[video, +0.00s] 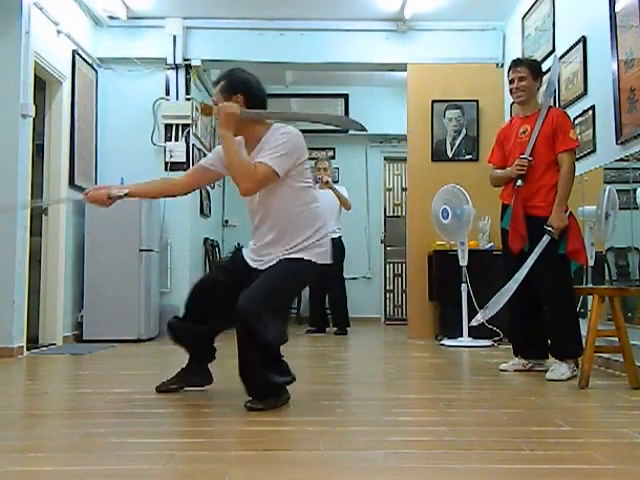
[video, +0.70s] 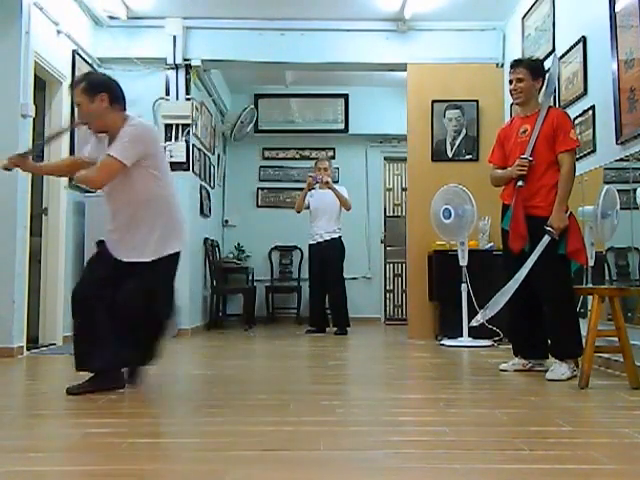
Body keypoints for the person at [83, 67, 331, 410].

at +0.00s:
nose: (214, 110)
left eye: (217, 102)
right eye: (213, 104)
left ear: (239, 101)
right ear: (239, 104)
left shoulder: (287, 138)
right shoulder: (235, 149)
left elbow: (248, 184)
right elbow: (181, 184)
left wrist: (226, 133)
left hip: (303, 251)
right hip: (260, 250)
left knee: (252, 305)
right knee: (206, 294)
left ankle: (272, 389)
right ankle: (196, 368)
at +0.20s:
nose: (188, 104)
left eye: (195, 97)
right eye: (189, 98)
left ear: (222, 99)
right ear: (215, 102)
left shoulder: (259, 140)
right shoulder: (208, 144)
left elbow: (218, 178)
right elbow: (169, 191)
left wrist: (191, 131)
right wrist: (133, 153)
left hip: (269, 245)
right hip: (226, 244)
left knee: (238, 304)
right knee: (162, 274)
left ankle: (272, 386)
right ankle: (200, 344)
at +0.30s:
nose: (178, 114)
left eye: (182, 106)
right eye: (176, 107)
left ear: (209, 103)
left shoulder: (237, 136)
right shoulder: (191, 140)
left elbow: (183, 162)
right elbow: (149, 177)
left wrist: (120, 148)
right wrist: (147, 129)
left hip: (247, 243)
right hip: (205, 244)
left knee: (231, 307)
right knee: (146, 281)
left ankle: (270, 387)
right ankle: (140, 361)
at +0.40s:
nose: (154, 127)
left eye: (155, 119)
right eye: (151, 121)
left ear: (179, 108)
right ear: (174, 109)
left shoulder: (212, 138)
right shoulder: (170, 138)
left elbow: (154, 167)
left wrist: (91, 171)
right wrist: (135, 75)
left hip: (228, 243)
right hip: (188, 246)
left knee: (222, 304)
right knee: (132, 296)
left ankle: (271, 385)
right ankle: (115, 371)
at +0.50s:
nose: (123, 134)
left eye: (124, 124)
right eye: (119, 126)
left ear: (146, 110)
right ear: (141, 112)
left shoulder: (181, 139)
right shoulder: (146, 136)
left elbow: (133, 180)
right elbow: (86, 97)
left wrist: (83, 189)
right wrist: (119, 67)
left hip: (200, 245)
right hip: (158, 246)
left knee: (211, 304)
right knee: (109, 294)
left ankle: (259, 380)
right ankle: (111, 372)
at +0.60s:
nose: (94, 122)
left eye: (97, 112)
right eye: (93, 115)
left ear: (122, 103)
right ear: (117, 106)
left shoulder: (158, 133)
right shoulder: (117, 136)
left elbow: (116, 183)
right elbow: (56, 135)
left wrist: (83, 189)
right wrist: (79, 134)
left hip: (179, 240)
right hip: (139, 243)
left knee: (170, 302)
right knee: (98, 298)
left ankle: (207, 361)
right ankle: (109, 373)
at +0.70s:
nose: (78, 115)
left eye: (80, 105)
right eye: (76, 107)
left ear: (103, 100)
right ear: (100, 103)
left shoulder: (139, 132)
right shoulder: (101, 140)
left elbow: (97, 180)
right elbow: (73, 165)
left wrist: (77, 176)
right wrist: (32, 166)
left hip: (157, 241)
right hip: (122, 241)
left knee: (137, 307)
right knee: (87, 297)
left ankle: (135, 358)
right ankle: (107, 372)